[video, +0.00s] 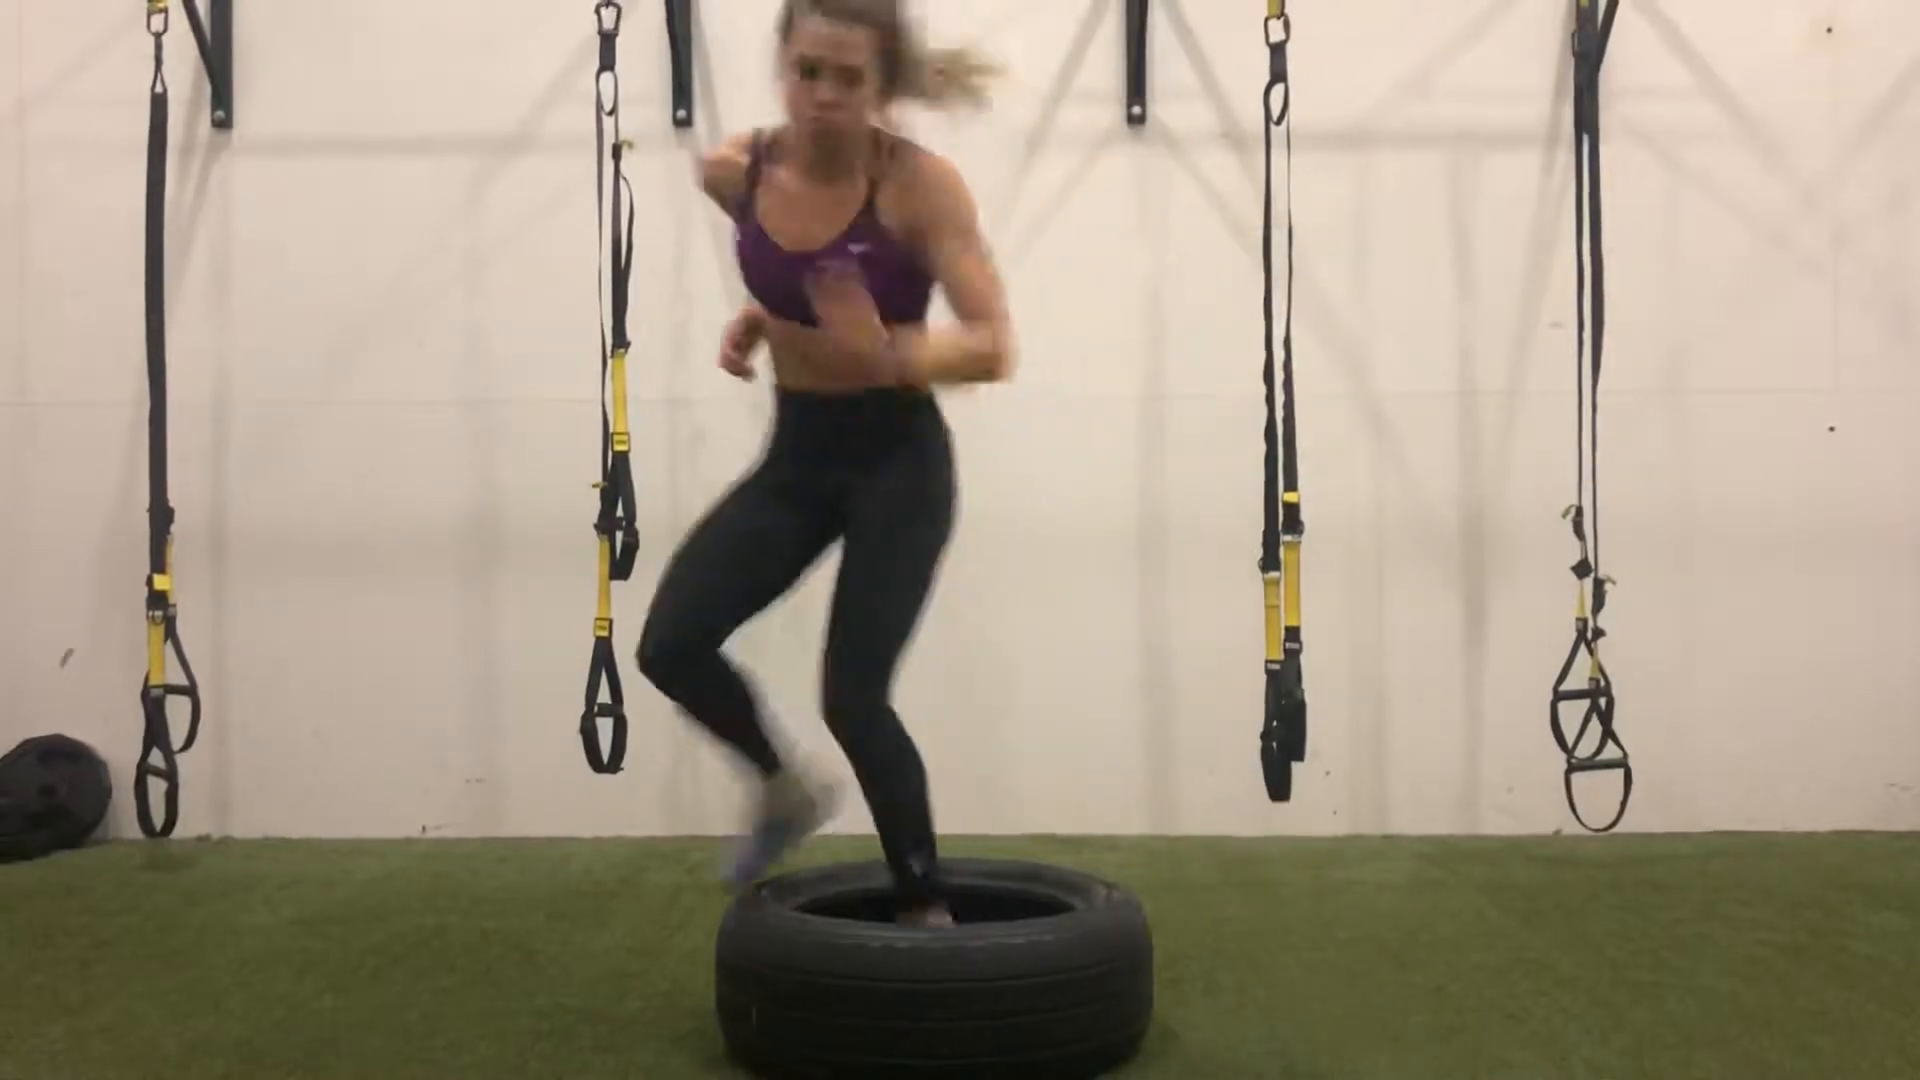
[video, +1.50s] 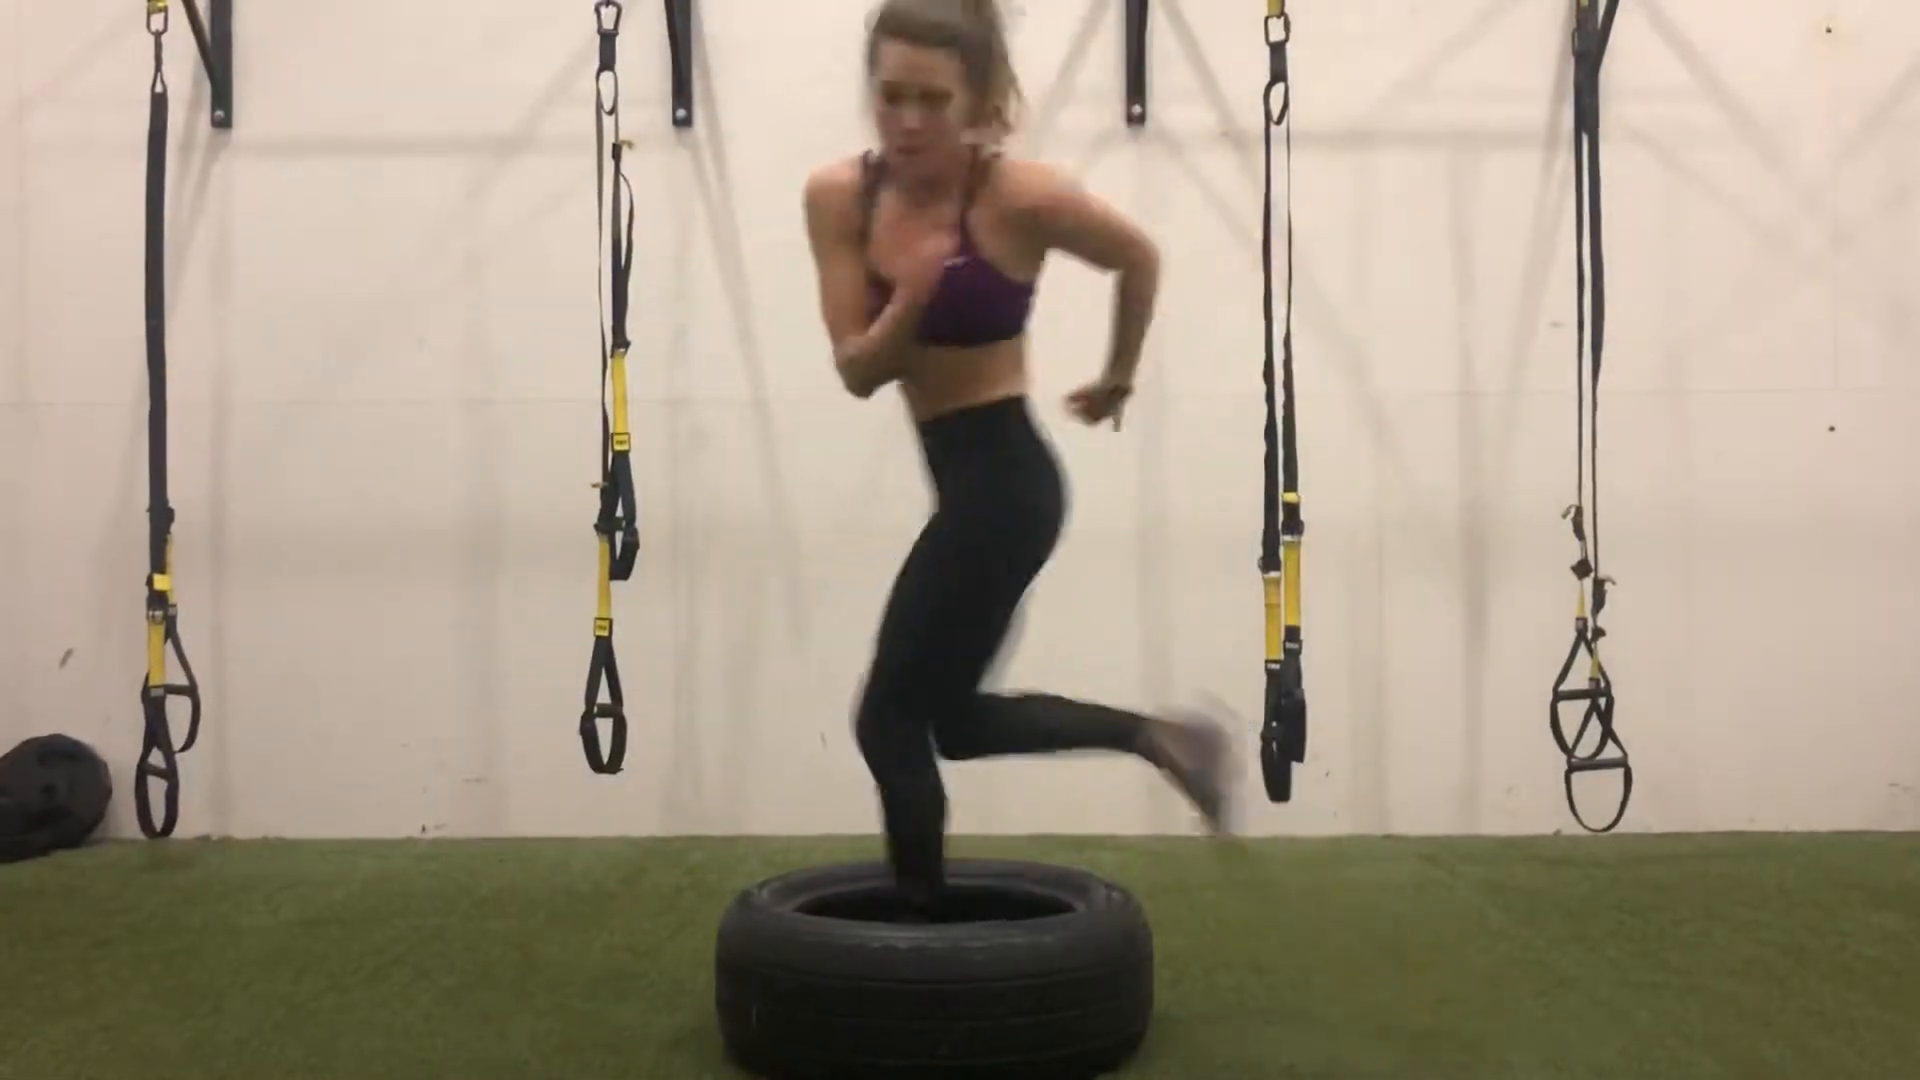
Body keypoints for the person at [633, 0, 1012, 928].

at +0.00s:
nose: (825, 94)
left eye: (848, 78)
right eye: (809, 71)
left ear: (884, 86)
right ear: (784, 70)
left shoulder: (923, 186)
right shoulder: (735, 172)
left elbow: (992, 347)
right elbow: (795, 257)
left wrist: (890, 354)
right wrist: (758, 316)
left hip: (900, 462)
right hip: (800, 455)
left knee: (853, 697)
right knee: (672, 647)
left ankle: (926, 912)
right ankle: (787, 786)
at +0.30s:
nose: (777, 160)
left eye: (799, 138)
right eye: (756, 136)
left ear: (829, 140)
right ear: (722, 131)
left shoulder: (856, 252)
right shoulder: (672, 237)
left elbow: (865, 338)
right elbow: (598, 386)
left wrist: (840, 405)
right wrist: (667, 410)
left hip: (743, 517)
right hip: (631, 492)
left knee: (695, 715)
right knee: (553, 737)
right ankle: (477, 953)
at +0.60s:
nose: (870, 97)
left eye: (885, 76)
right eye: (850, 78)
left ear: (910, 70)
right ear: (814, 72)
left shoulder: (946, 131)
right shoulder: (776, 164)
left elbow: (954, 209)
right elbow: (685, 210)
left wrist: (810, 188)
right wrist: (621, 229)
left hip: (845, 461)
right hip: (786, 451)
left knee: (743, 719)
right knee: (979, 606)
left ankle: (560, 900)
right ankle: (862, 824)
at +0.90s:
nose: (1028, 74)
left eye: (1046, 51)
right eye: (1006, 54)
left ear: (1080, 49)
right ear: (975, 58)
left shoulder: (1126, 130)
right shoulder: (937, 165)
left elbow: (1176, 247)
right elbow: (844, 274)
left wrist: (1223, 363)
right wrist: (808, 335)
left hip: (1084, 441)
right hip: (976, 445)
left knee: (1177, 662)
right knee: (1039, 677)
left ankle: (1215, 858)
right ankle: (948, 885)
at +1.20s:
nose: (1060, 158)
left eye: (1083, 136)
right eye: (1043, 136)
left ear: (1130, 131)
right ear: (1021, 130)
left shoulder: (1184, 223)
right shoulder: (992, 229)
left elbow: (1293, 303)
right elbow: (892, 289)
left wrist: (1367, 390)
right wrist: (845, 308)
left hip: (1205, 498)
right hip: (1109, 523)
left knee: (1162, 735)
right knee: (1161, 788)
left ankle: (1371, 904)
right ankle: (1341, 923)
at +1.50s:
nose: (906, 122)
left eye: (930, 99)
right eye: (890, 97)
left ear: (980, 102)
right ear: (868, 94)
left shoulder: (1021, 196)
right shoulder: (840, 197)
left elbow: (1139, 259)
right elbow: (857, 373)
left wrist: (1118, 378)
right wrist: (914, 293)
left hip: (1008, 485)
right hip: (966, 484)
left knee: (889, 724)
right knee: (951, 722)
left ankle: (921, 939)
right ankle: (1169, 740)